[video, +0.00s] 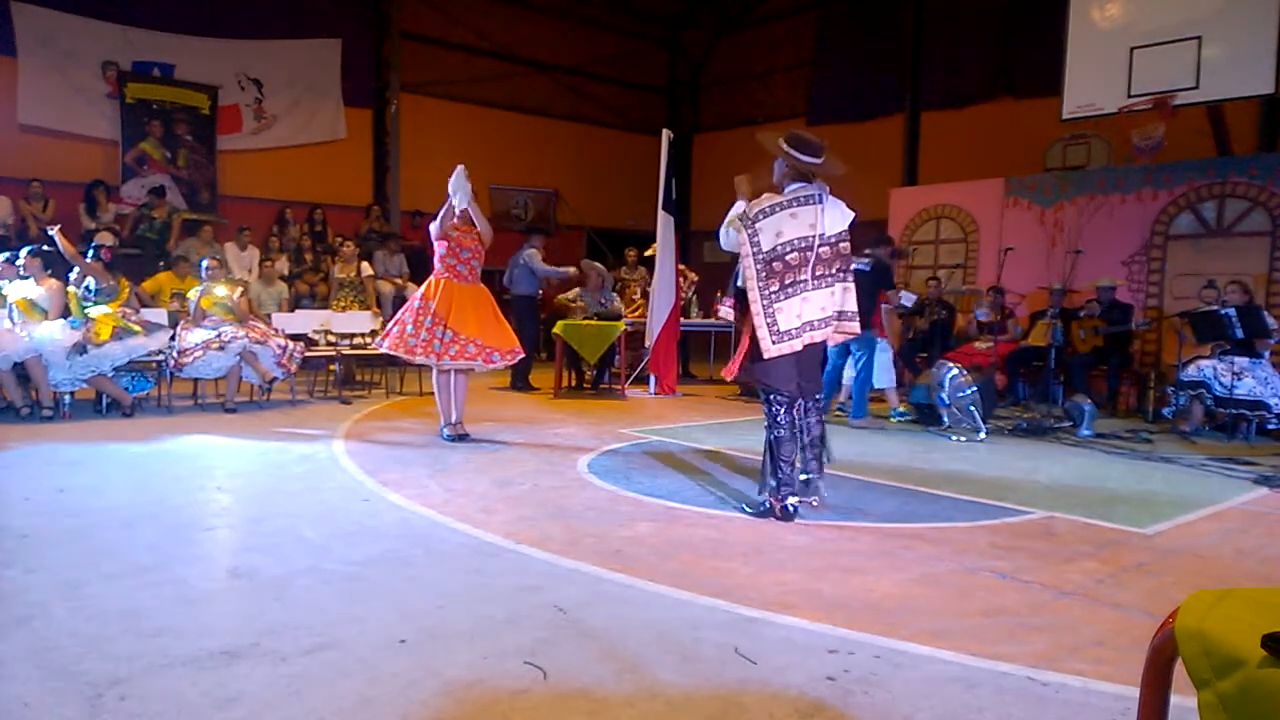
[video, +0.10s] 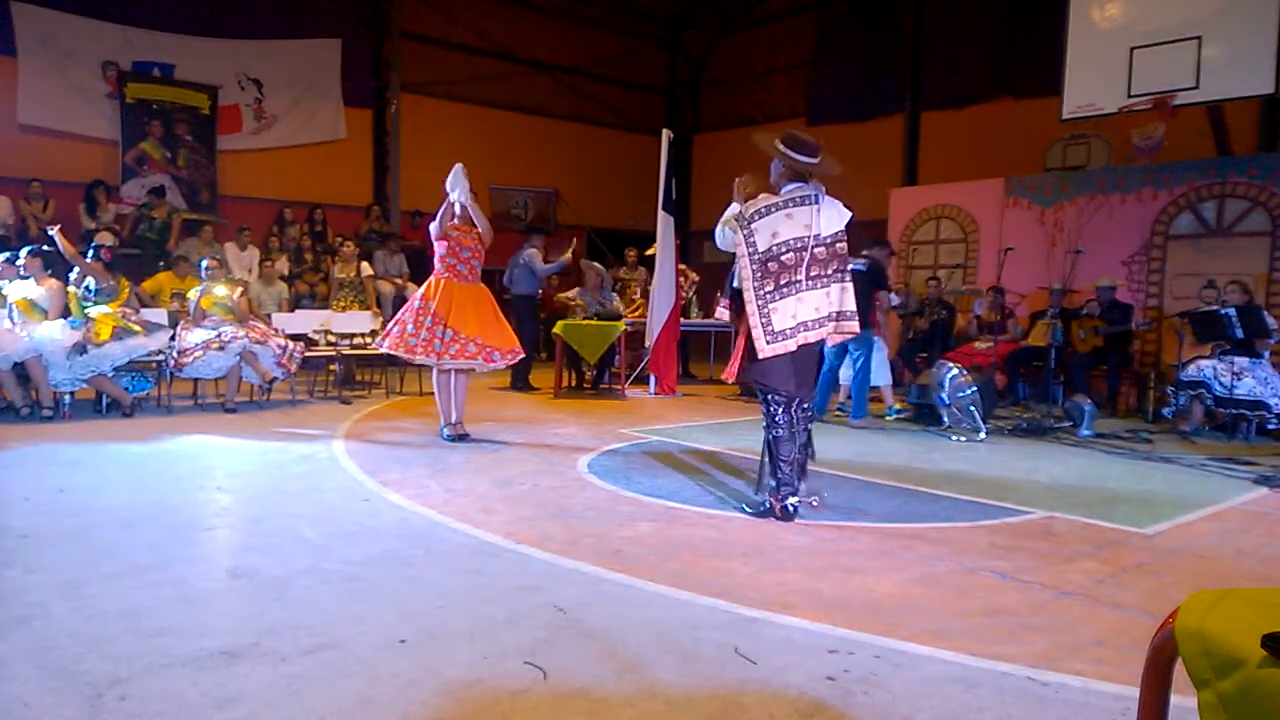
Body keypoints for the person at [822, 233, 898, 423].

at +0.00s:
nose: (889, 255)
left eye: (890, 251)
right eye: (888, 250)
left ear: (866, 245)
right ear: (883, 249)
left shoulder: (846, 260)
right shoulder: (880, 266)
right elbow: (892, 297)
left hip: (836, 324)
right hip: (862, 326)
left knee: (833, 366)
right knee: (863, 372)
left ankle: (821, 406)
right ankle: (859, 414)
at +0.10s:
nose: (888, 261)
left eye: (889, 257)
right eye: (887, 256)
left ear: (866, 250)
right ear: (877, 251)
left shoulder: (842, 263)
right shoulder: (875, 266)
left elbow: (831, 293)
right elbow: (883, 301)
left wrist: (828, 323)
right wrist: (882, 325)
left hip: (835, 324)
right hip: (861, 326)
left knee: (829, 368)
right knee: (861, 371)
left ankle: (817, 409)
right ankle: (858, 414)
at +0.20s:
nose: (879, 261)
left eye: (881, 257)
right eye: (878, 256)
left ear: (856, 251)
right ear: (868, 252)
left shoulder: (835, 265)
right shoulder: (869, 269)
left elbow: (825, 294)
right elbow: (875, 299)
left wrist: (824, 320)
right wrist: (878, 323)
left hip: (831, 324)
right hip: (856, 326)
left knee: (826, 368)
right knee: (858, 371)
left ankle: (817, 409)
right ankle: (858, 414)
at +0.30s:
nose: (875, 261)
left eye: (876, 257)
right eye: (873, 256)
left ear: (852, 253)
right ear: (864, 252)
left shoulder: (829, 266)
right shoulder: (863, 270)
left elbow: (821, 295)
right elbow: (868, 299)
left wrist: (821, 321)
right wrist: (870, 325)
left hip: (825, 322)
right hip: (851, 323)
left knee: (823, 367)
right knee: (855, 369)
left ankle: (818, 409)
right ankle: (858, 412)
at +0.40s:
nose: (871, 261)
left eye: (872, 257)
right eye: (870, 256)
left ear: (853, 252)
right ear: (861, 253)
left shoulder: (828, 266)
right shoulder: (857, 268)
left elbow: (820, 296)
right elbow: (863, 298)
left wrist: (820, 322)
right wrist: (867, 326)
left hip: (823, 322)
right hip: (846, 323)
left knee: (821, 367)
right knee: (852, 369)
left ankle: (817, 409)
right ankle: (857, 410)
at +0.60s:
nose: (874, 264)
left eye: (874, 259)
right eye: (872, 259)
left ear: (850, 254)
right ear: (862, 255)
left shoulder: (828, 267)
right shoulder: (857, 270)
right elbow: (862, 301)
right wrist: (873, 330)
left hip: (820, 324)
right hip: (844, 325)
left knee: (819, 367)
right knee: (851, 369)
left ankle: (818, 409)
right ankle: (856, 410)